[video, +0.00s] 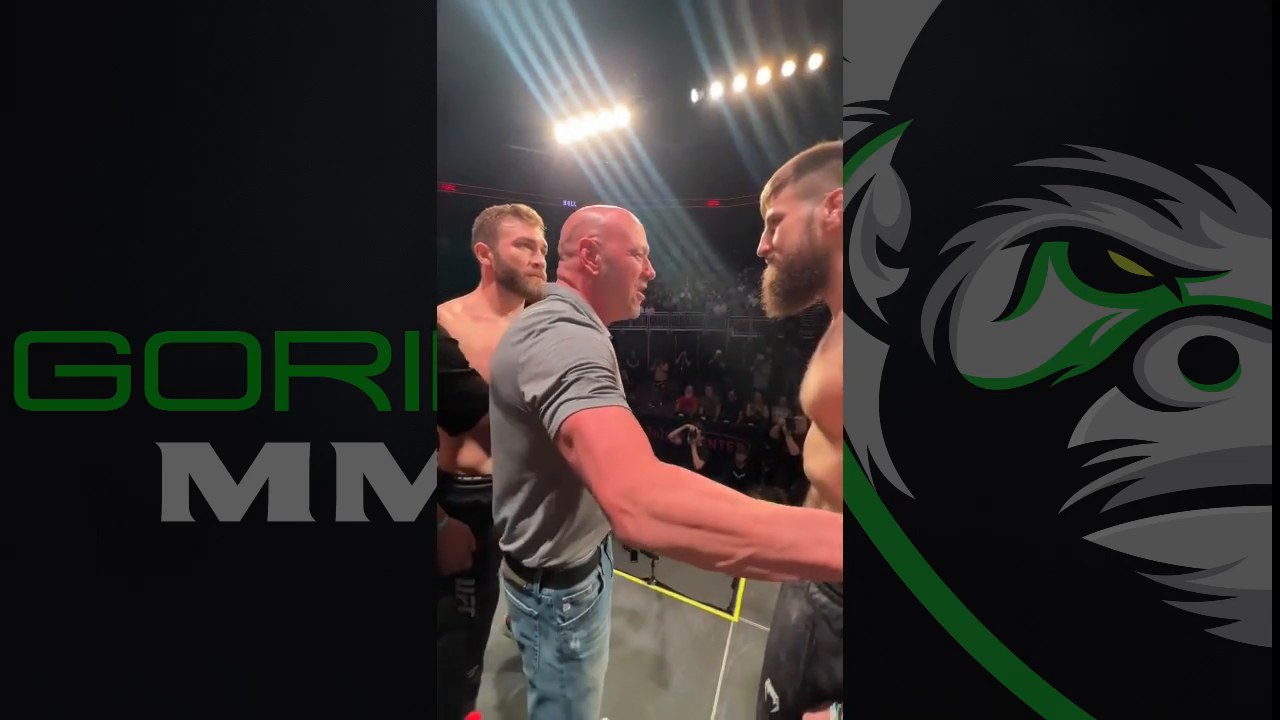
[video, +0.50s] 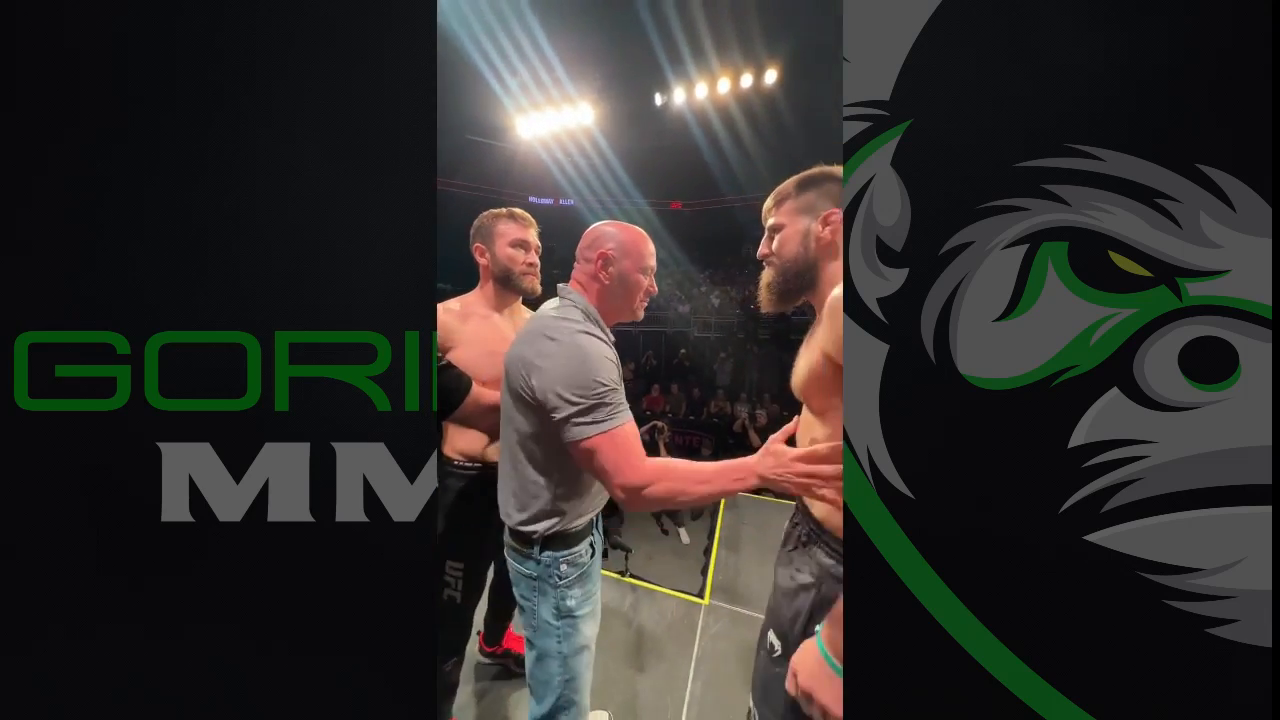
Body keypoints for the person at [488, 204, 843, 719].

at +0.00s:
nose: (651, 271)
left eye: (647, 256)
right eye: (638, 254)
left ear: (588, 259)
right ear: (589, 256)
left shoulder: (557, 324)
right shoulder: (560, 336)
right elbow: (641, 503)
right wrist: (844, 543)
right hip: (559, 586)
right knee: (566, 710)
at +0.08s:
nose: (656, 276)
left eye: (654, 261)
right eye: (645, 259)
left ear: (597, 260)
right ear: (598, 257)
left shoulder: (561, 323)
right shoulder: (569, 337)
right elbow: (648, 497)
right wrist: (841, 543)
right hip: (565, 579)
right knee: (572, 709)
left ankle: (530, 627)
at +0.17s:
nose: (662, 280)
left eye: (660, 265)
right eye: (652, 263)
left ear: (602, 262)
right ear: (604, 258)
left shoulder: (564, 323)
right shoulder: (574, 337)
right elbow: (652, 497)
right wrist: (844, 536)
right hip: (565, 573)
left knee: (568, 690)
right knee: (573, 707)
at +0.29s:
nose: (665, 285)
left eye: (664, 271)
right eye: (655, 269)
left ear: (607, 265)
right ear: (610, 262)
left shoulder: (572, 327)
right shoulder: (577, 341)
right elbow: (633, 501)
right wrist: (816, 509)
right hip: (559, 563)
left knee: (565, 666)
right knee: (565, 703)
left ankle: (574, 708)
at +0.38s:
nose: (661, 287)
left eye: (661, 273)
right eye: (653, 272)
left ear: (605, 267)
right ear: (607, 265)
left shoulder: (562, 328)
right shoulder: (576, 348)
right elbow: (620, 501)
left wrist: (661, 513)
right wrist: (768, 491)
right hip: (556, 556)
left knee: (560, 659)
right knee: (561, 700)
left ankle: (568, 707)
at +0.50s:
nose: (654, 288)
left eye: (653, 275)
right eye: (646, 273)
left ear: (599, 268)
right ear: (602, 266)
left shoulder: (560, 325)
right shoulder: (573, 347)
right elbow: (634, 484)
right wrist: (756, 468)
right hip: (553, 550)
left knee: (558, 678)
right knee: (559, 703)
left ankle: (567, 708)